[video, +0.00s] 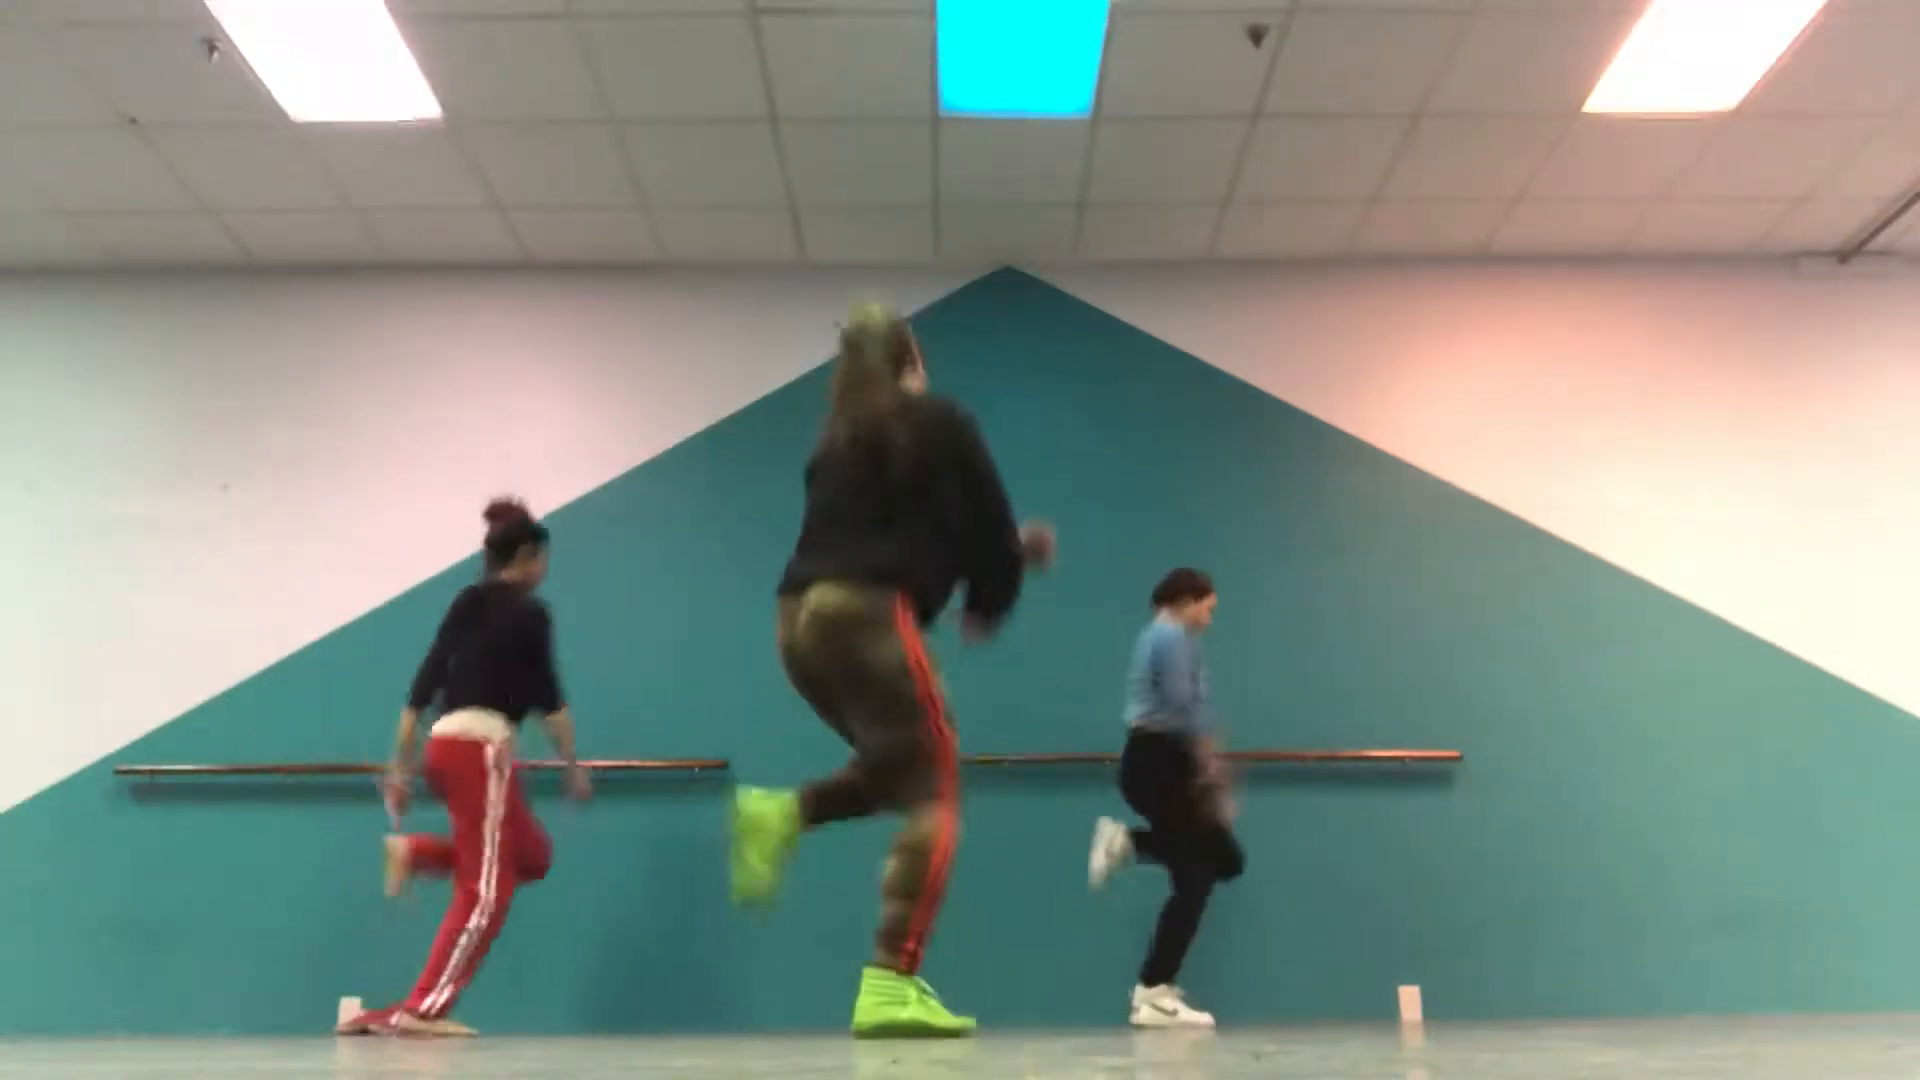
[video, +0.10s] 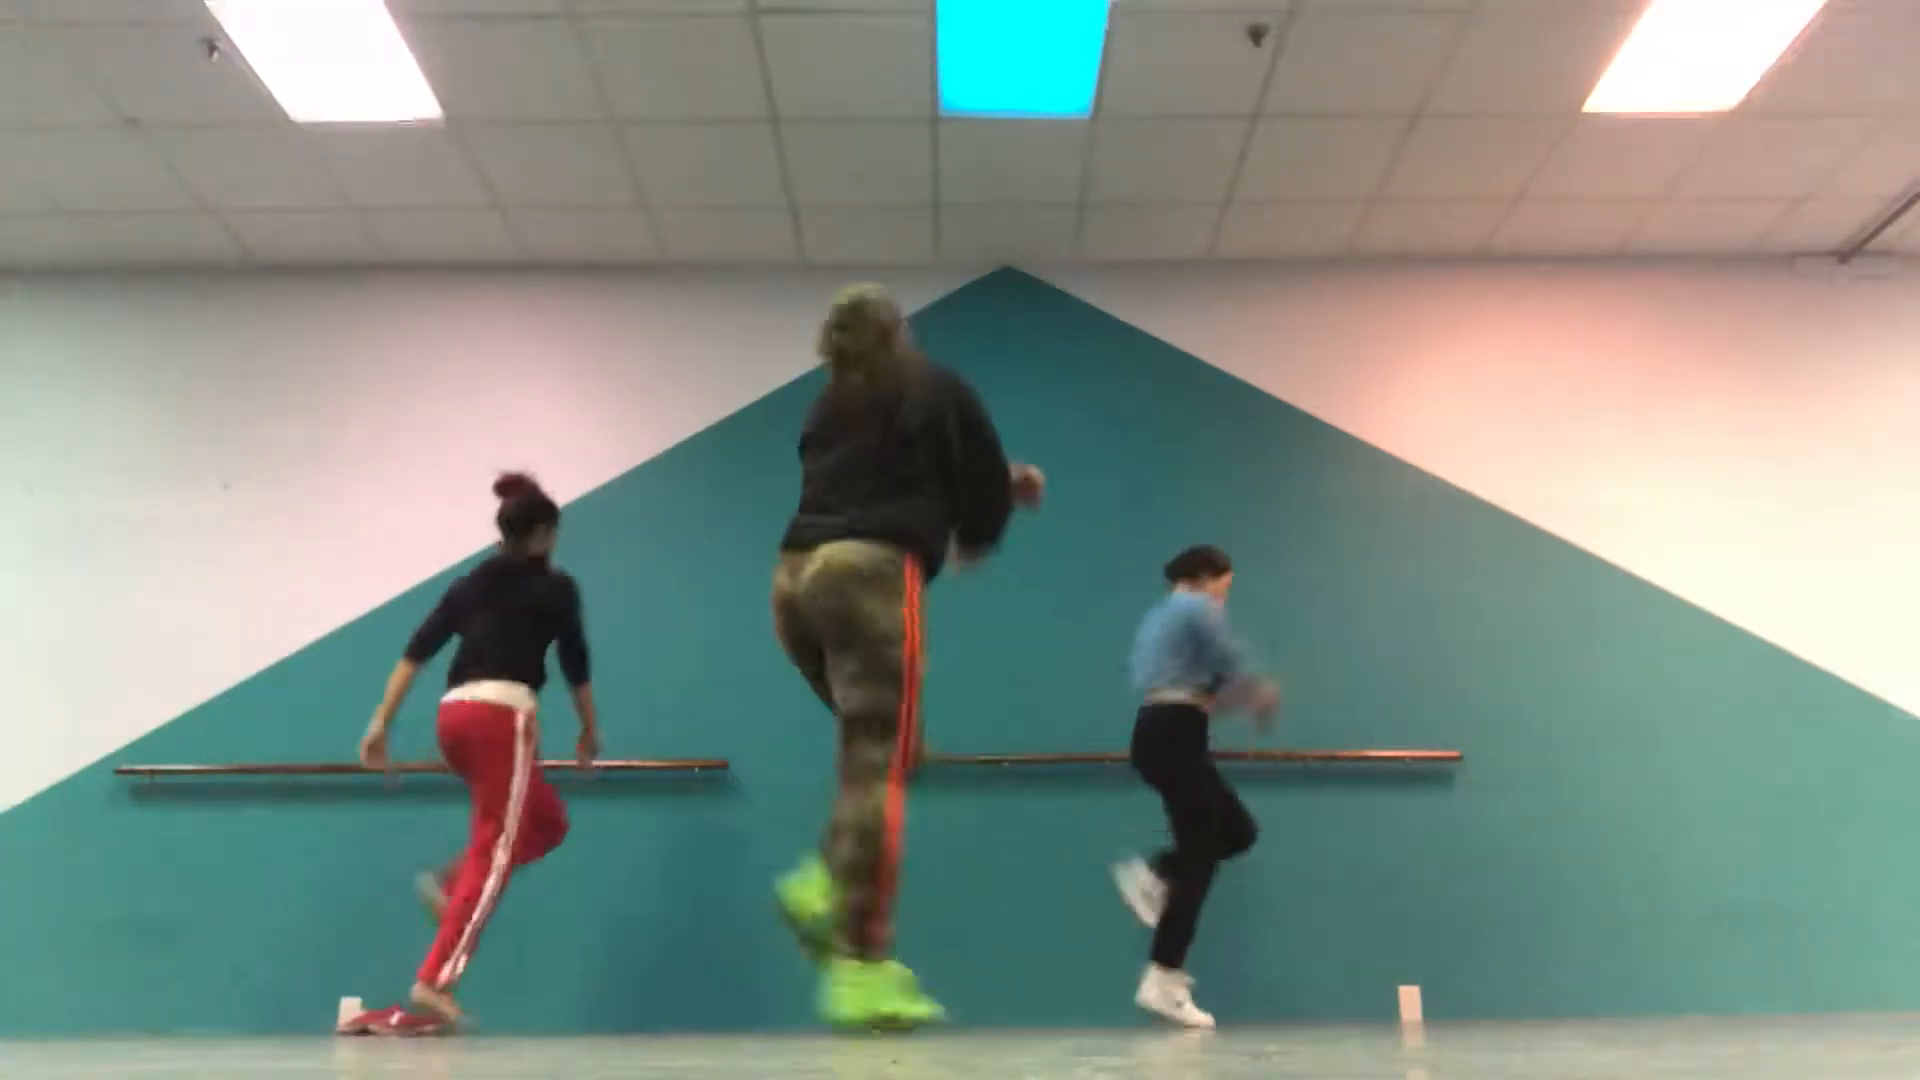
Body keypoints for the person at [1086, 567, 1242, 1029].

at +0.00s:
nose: (1209, 620)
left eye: (1211, 611)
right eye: (1207, 609)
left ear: (1176, 602)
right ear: (1188, 602)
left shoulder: (1161, 636)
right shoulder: (1171, 636)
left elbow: (1182, 709)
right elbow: (1183, 704)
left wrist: (1206, 771)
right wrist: (1204, 757)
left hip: (1151, 756)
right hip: (1159, 756)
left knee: (1221, 859)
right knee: (1200, 869)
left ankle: (1127, 842)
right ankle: (1155, 989)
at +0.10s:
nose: (1224, 595)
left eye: (1225, 587)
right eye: (1223, 587)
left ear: (1180, 580)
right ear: (1211, 581)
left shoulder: (1161, 617)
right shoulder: (1197, 609)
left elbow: (1193, 685)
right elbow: (1234, 663)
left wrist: (1244, 693)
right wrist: (1258, 695)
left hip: (1155, 734)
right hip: (1174, 734)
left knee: (1238, 830)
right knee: (1205, 844)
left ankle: (1156, 876)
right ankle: (1164, 975)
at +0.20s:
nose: (1240, 585)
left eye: (1239, 579)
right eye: (1238, 578)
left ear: (1195, 575)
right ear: (1226, 574)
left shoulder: (1170, 608)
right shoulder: (1221, 599)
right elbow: (1284, 629)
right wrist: (1302, 625)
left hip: (1157, 726)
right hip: (1192, 723)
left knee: (1225, 840)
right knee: (1230, 842)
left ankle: (1221, 948)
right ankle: (1193, 953)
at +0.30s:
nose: (1249, 599)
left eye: (1247, 592)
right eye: (1245, 592)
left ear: (1203, 597)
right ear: (1231, 593)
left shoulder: (1181, 635)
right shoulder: (1243, 621)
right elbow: (1297, 614)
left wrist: (1280, 606)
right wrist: (1302, 597)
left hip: (1183, 743)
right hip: (1225, 741)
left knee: (1225, 871)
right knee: (1231, 868)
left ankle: (1279, 981)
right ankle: (1199, 986)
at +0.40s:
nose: (1264, 599)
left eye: (1261, 593)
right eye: (1262, 593)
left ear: (1218, 601)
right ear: (1255, 594)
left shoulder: (1196, 640)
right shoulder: (1269, 621)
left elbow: (1223, 677)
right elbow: (1308, 626)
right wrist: (1295, 614)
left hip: (1203, 743)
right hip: (1248, 739)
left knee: (1264, 865)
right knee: (1247, 867)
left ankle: (1289, 985)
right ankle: (1198, 979)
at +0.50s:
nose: (1280, 597)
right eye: (1279, 590)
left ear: (1234, 599)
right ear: (1276, 590)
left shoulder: (1217, 637)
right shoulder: (1297, 621)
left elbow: (1214, 695)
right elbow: (1331, 676)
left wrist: (1244, 720)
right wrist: (1323, 727)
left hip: (1238, 742)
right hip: (1289, 734)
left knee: (1280, 862)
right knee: (1346, 849)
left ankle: (1291, 984)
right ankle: (1278, 916)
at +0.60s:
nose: (1299, 607)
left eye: (1291, 602)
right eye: (1298, 601)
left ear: (1253, 608)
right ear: (1295, 602)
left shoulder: (1234, 658)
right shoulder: (1321, 640)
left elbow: (1239, 741)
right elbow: (1354, 706)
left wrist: (1243, 807)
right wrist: (1353, 753)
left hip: (1265, 764)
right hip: (1320, 752)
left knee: (1287, 879)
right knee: (1404, 837)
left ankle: (1287, 990)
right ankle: (1365, 890)